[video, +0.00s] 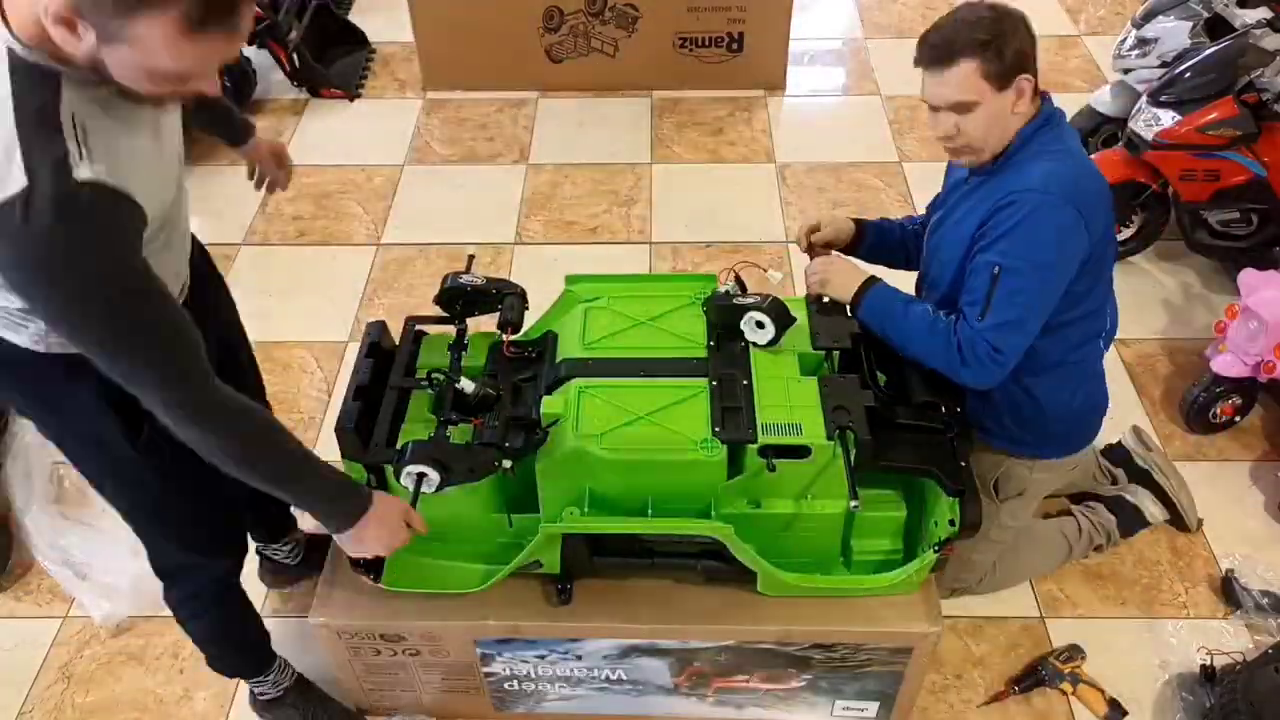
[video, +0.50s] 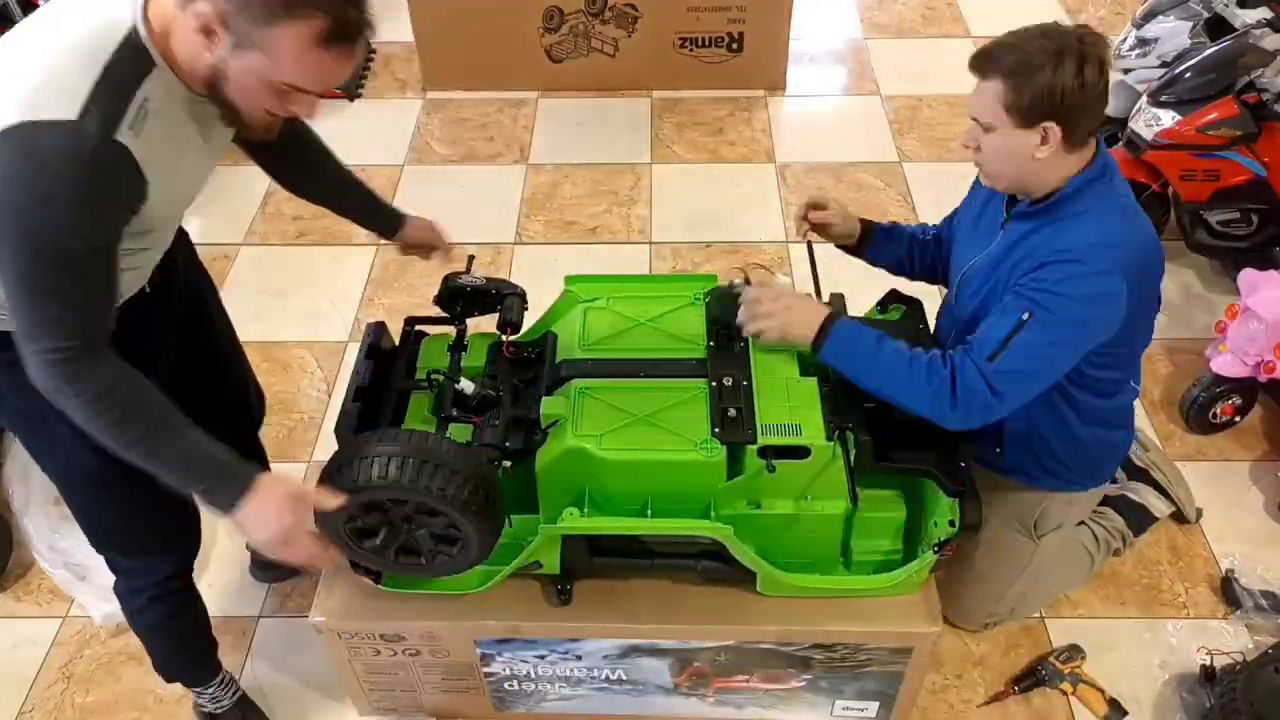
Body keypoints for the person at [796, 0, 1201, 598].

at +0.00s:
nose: (942, 130)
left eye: (961, 109)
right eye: (933, 109)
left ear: (1021, 95)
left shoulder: (1046, 205)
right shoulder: (995, 152)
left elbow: (980, 356)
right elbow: (936, 238)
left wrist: (864, 292)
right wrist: (857, 234)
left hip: (1025, 440)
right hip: (986, 399)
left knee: (950, 567)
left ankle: (1118, 516)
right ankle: (1108, 470)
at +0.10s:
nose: (935, 109)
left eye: (956, 95)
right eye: (936, 89)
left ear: (1020, 99)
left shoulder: (1046, 204)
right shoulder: (987, 144)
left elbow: (980, 358)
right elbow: (930, 236)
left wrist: (863, 292)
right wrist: (848, 230)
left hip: (1025, 437)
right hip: (979, 392)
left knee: (944, 566)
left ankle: (1115, 520)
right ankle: (1106, 471)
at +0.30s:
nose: (971, 204)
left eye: (996, 194)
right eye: (976, 181)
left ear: (1070, 203)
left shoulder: (1126, 322)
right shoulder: (986, 202)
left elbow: (1070, 488)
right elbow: (920, 259)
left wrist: (931, 511)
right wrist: (867, 304)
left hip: (1035, 470)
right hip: (948, 404)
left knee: (968, 604)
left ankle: (1132, 503)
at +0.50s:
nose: (968, 143)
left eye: (984, 130)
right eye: (971, 125)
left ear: (1046, 141)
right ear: (1041, 140)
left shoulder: (1095, 261)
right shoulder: (1014, 180)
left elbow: (967, 392)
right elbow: (941, 254)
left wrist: (821, 327)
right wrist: (857, 234)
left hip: (1040, 465)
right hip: (973, 400)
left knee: (972, 608)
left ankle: (1132, 506)